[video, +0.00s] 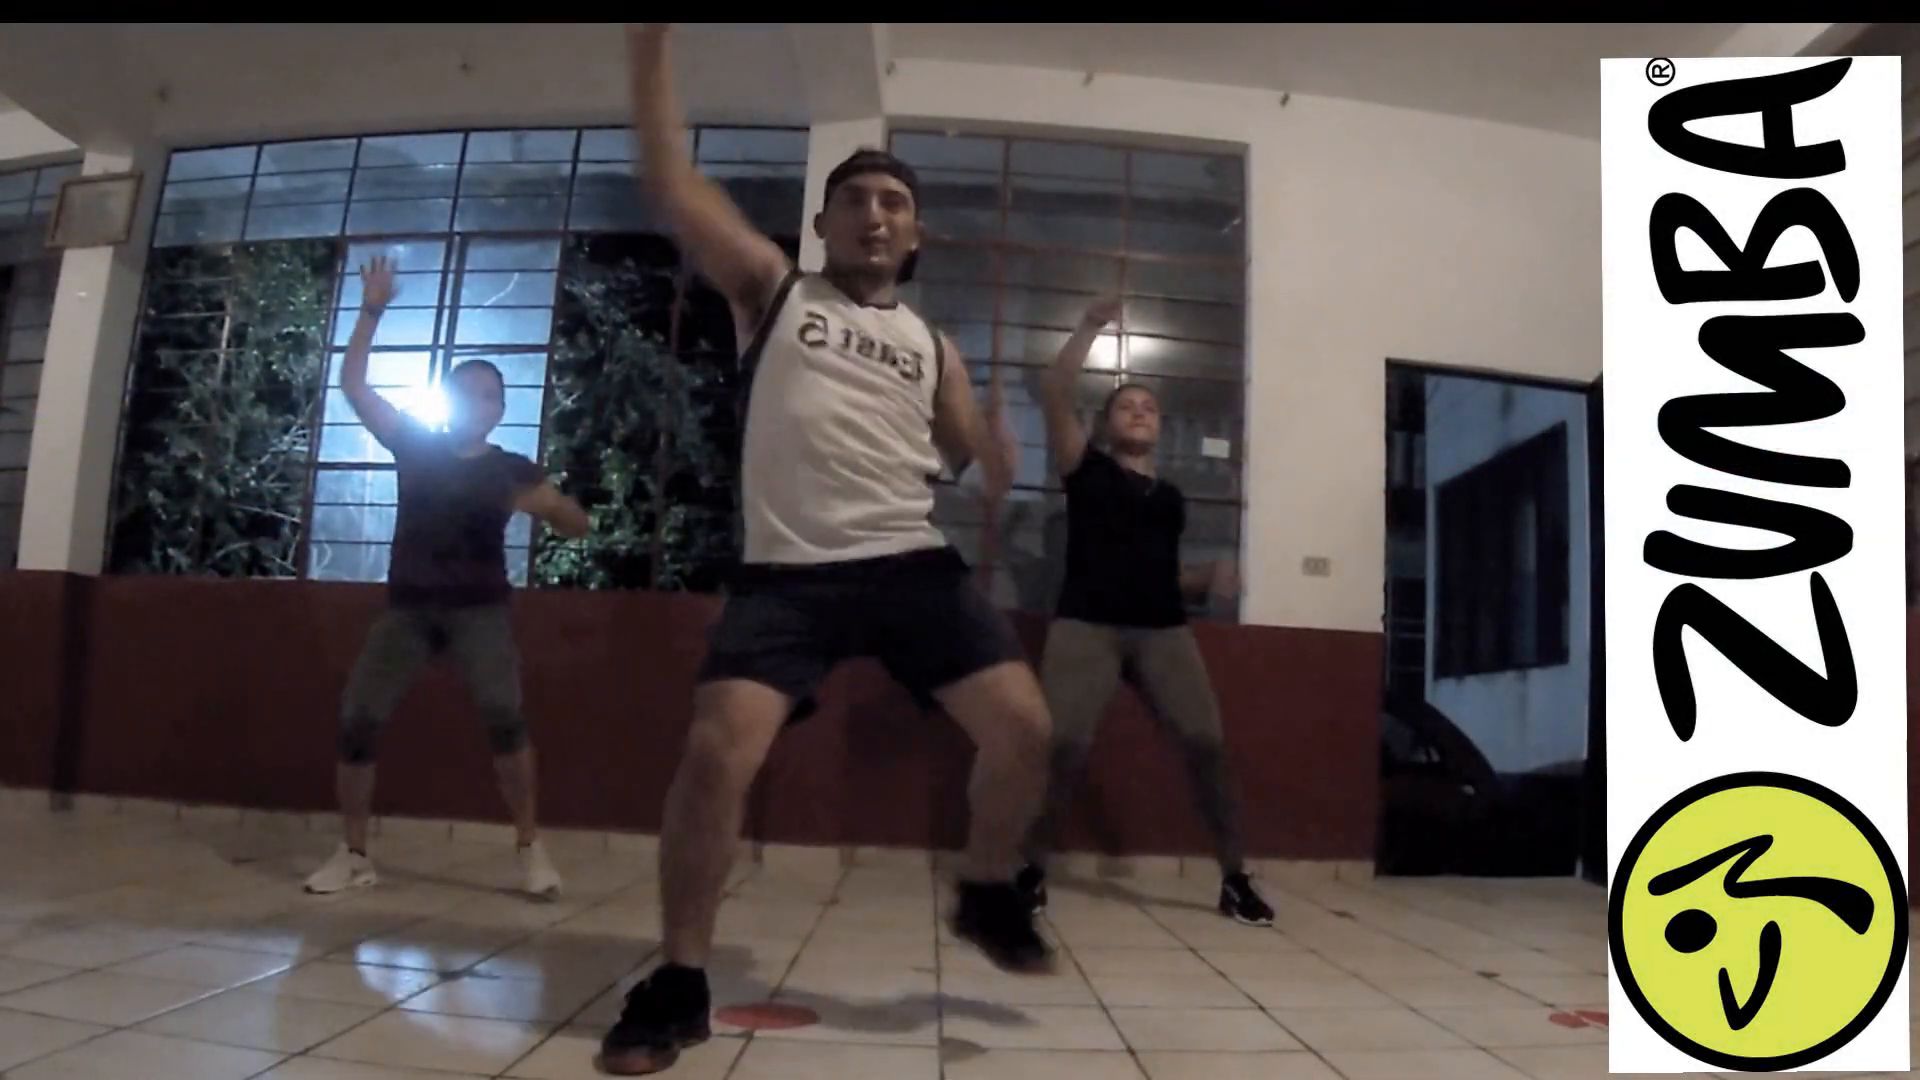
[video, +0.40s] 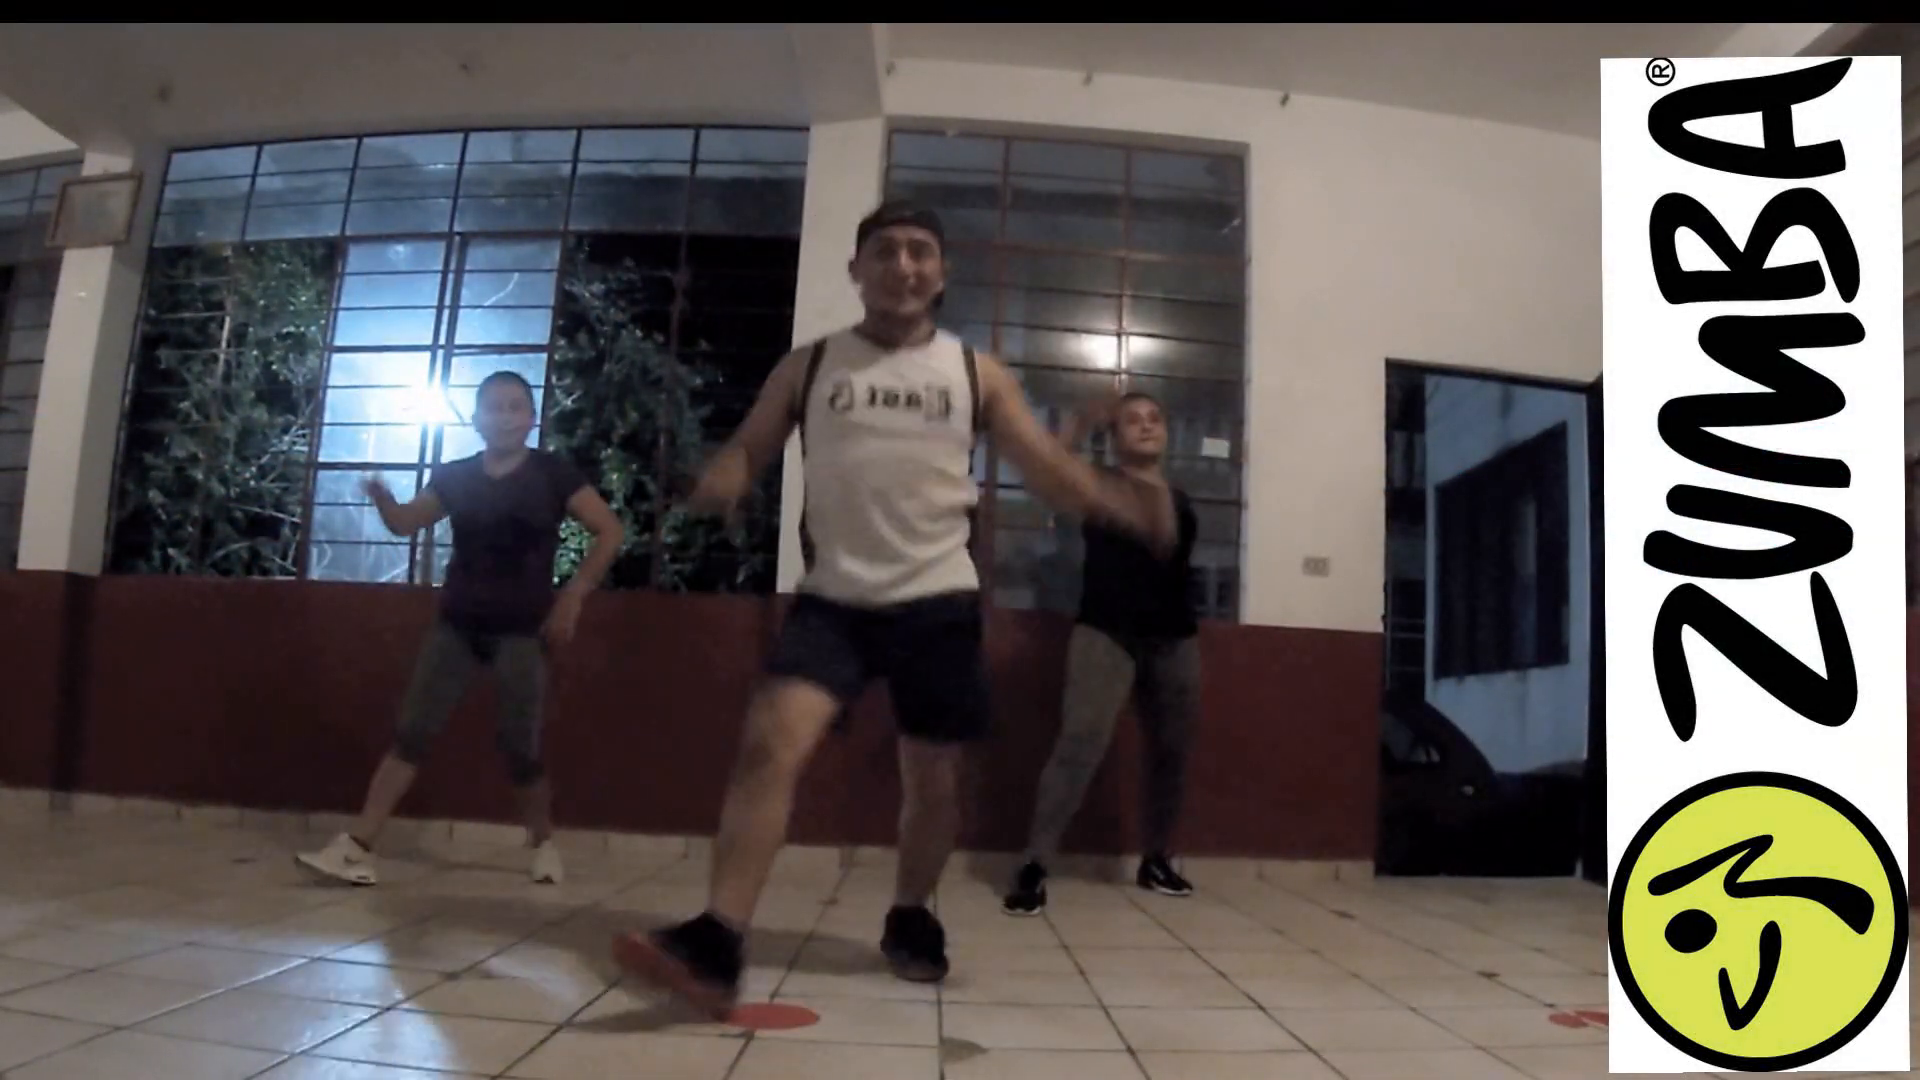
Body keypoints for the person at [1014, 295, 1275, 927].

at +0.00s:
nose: (1140, 414)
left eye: (1149, 409)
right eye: (1129, 407)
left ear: (1159, 429)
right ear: (1106, 423)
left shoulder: (1167, 498)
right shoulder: (1084, 470)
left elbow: (1164, 580)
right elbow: (1055, 390)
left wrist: (1206, 577)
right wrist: (1088, 327)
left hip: (1160, 628)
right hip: (1087, 624)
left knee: (1205, 739)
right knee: (1064, 743)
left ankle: (1234, 877)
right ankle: (1030, 872)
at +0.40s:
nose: (1146, 428)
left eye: (1153, 420)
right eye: (1134, 421)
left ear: (1165, 434)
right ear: (1114, 436)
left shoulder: (1178, 503)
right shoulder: (1101, 490)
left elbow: (1176, 554)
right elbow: (1055, 479)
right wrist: (1080, 423)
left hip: (1171, 634)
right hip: (1107, 630)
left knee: (1173, 748)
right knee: (1080, 744)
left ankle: (1157, 859)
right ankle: (1034, 865)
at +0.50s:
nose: (1153, 427)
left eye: (1160, 420)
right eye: (1141, 421)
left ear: (1172, 432)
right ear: (1121, 436)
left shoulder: (1194, 499)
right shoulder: (1107, 488)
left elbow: (1208, 575)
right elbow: (1054, 539)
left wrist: (1221, 635)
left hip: (1177, 638)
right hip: (1111, 634)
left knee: (1174, 749)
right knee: (1082, 740)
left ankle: (1157, 859)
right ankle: (1040, 857)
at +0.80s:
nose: (1139, 429)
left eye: (1147, 421)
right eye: (1129, 422)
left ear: (1160, 429)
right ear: (1113, 433)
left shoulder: (1182, 492)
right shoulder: (1091, 490)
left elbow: (1212, 560)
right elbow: (1057, 551)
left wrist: (1236, 557)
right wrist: (1036, 590)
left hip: (1170, 634)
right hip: (1101, 633)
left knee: (1176, 743)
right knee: (1086, 741)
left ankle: (1164, 856)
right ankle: (1073, 855)